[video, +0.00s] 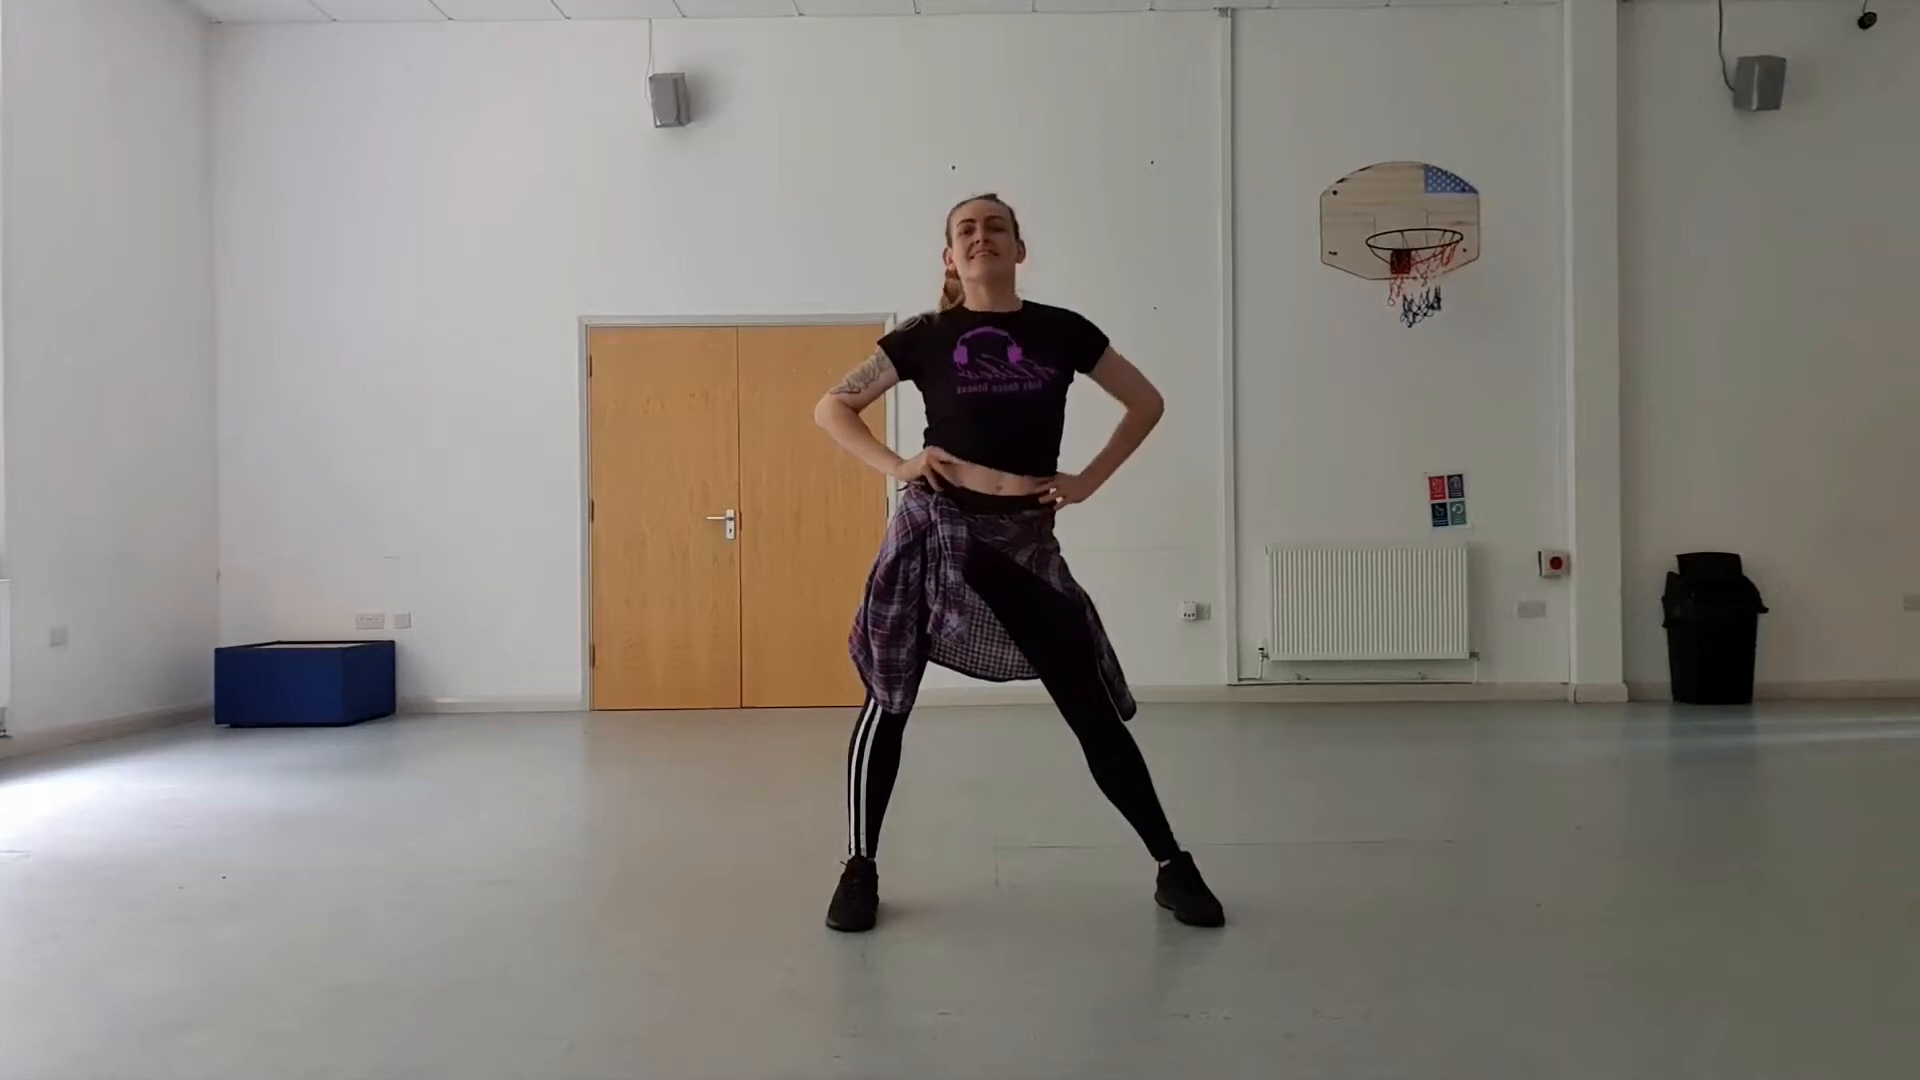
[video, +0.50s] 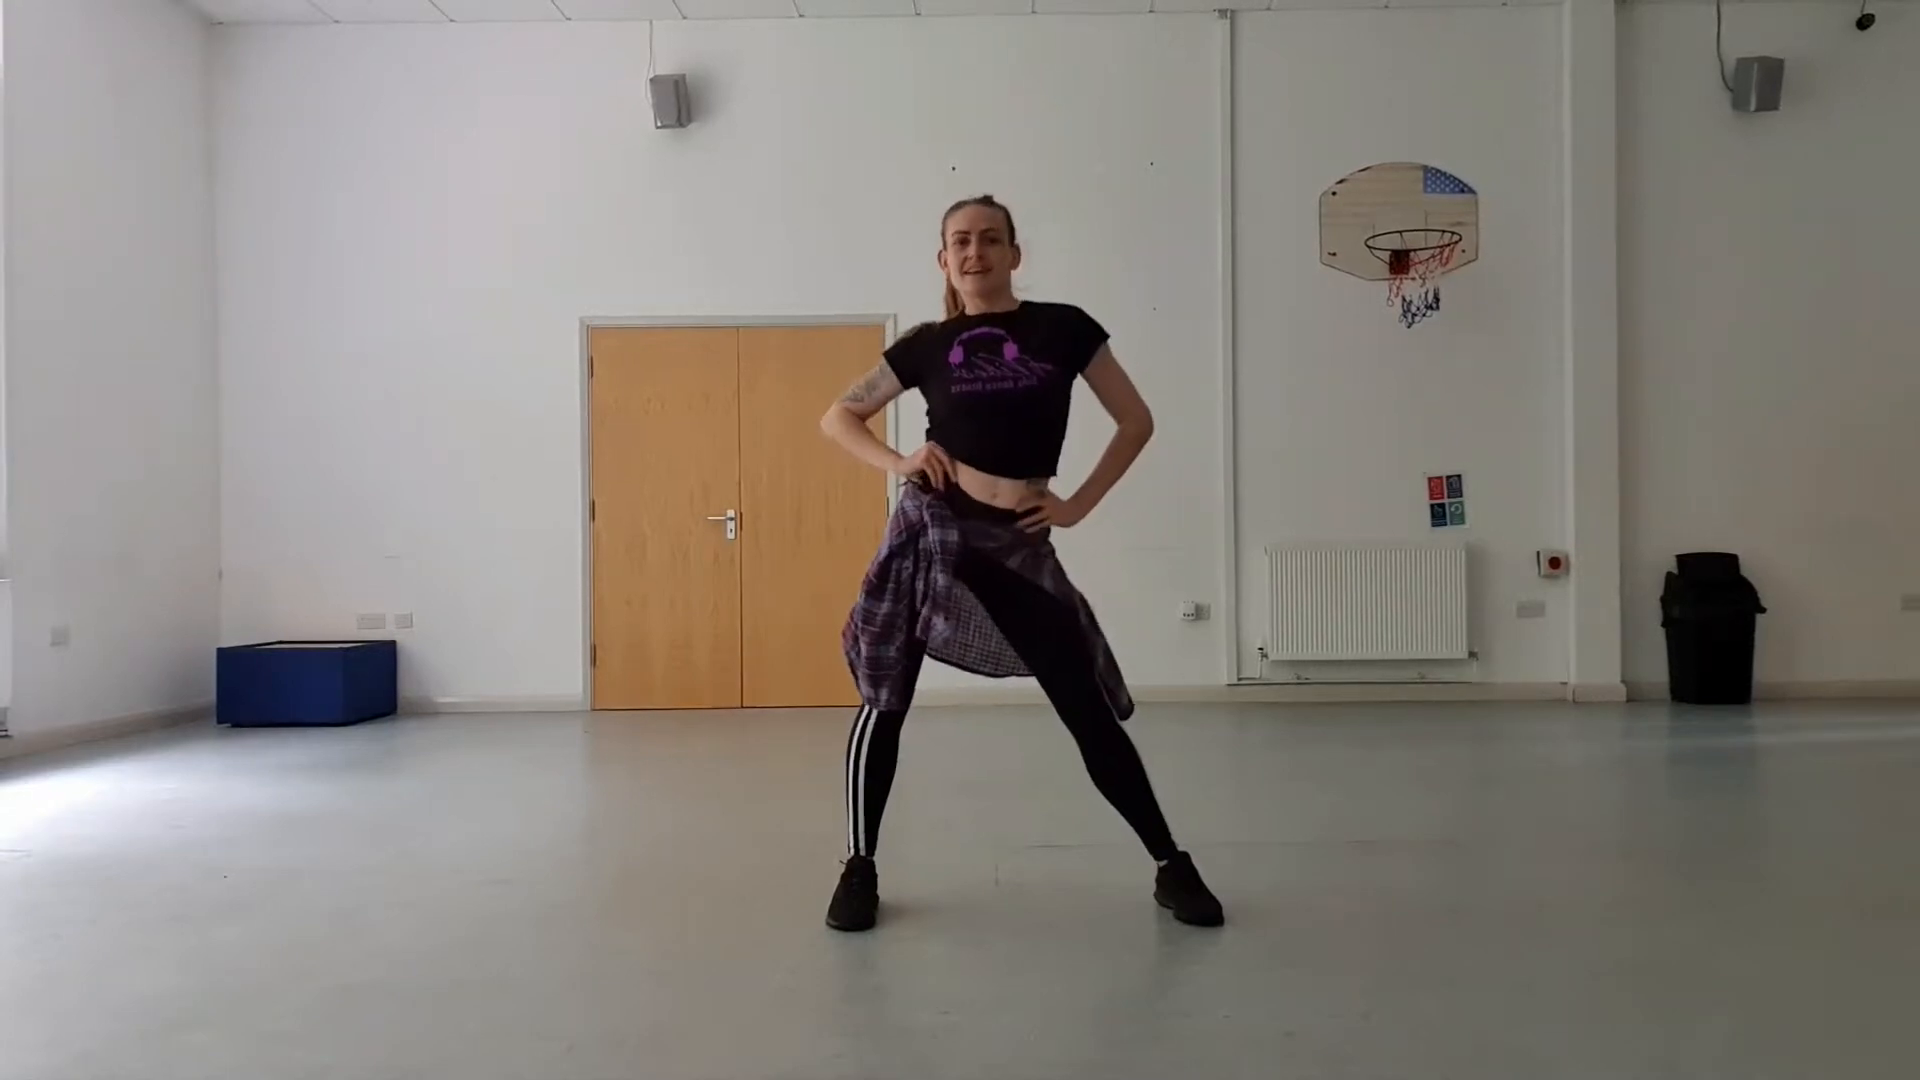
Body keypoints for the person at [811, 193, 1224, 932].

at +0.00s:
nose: (980, 238)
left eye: (994, 228)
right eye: (966, 231)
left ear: (1020, 250)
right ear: (948, 259)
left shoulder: (1062, 332)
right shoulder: (922, 339)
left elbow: (1146, 403)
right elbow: (832, 408)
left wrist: (1087, 481)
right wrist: (893, 464)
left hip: (1023, 541)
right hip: (931, 536)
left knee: (1091, 706)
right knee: (888, 701)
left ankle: (1174, 865)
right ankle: (859, 868)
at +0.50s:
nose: (974, 250)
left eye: (989, 239)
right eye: (961, 241)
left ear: (1015, 253)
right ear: (943, 261)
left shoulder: (1064, 329)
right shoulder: (928, 347)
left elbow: (1135, 421)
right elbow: (838, 418)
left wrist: (1080, 503)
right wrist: (897, 461)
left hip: (1020, 542)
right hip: (930, 533)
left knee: (1087, 707)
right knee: (886, 700)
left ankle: (1173, 865)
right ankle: (858, 867)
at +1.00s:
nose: (1031, 265)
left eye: (1046, 254)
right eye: (1018, 253)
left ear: (1067, 265)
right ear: (998, 262)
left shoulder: (1089, 345)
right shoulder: (958, 333)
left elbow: (1205, 388)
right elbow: (896, 425)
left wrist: (1136, 449)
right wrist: (951, 511)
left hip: (1107, 529)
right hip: (1021, 541)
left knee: (1149, 694)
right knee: (959, 711)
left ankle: (1180, 865)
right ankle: (888, 871)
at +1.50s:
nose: (980, 256)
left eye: (993, 243)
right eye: (966, 244)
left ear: (1013, 252)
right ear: (944, 255)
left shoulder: (1058, 334)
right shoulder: (924, 342)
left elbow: (1131, 427)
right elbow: (836, 420)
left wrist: (1069, 502)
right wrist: (884, 462)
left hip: (1012, 536)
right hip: (924, 530)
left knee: (1086, 705)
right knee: (901, 704)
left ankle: (1162, 865)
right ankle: (876, 869)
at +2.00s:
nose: (1042, 255)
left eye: (1057, 247)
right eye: (1030, 244)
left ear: (1076, 266)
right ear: (1007, 260)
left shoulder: (1097, 342)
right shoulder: (965, 333)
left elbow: (1206, 399)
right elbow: (908, 431)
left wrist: (1146, 452)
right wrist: (966, 508)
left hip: (1117, 533)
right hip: (1029, 541)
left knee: (1154, 699)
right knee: (962, 711)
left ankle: (1177, 862)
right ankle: (885, 868)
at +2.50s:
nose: (992, 253)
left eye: (1005, 241)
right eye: (978, 242)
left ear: (1029, 251)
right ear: (958, 258)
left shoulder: (1075, 335)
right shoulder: (939, 337)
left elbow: (1140, 436)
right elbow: (847, 409)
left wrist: (1080, 504)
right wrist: (894, 451)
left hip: (1017, 533)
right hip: (928, 524)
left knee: (1086, 704)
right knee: (901, 699)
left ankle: (1160, 863)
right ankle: (875, 867)